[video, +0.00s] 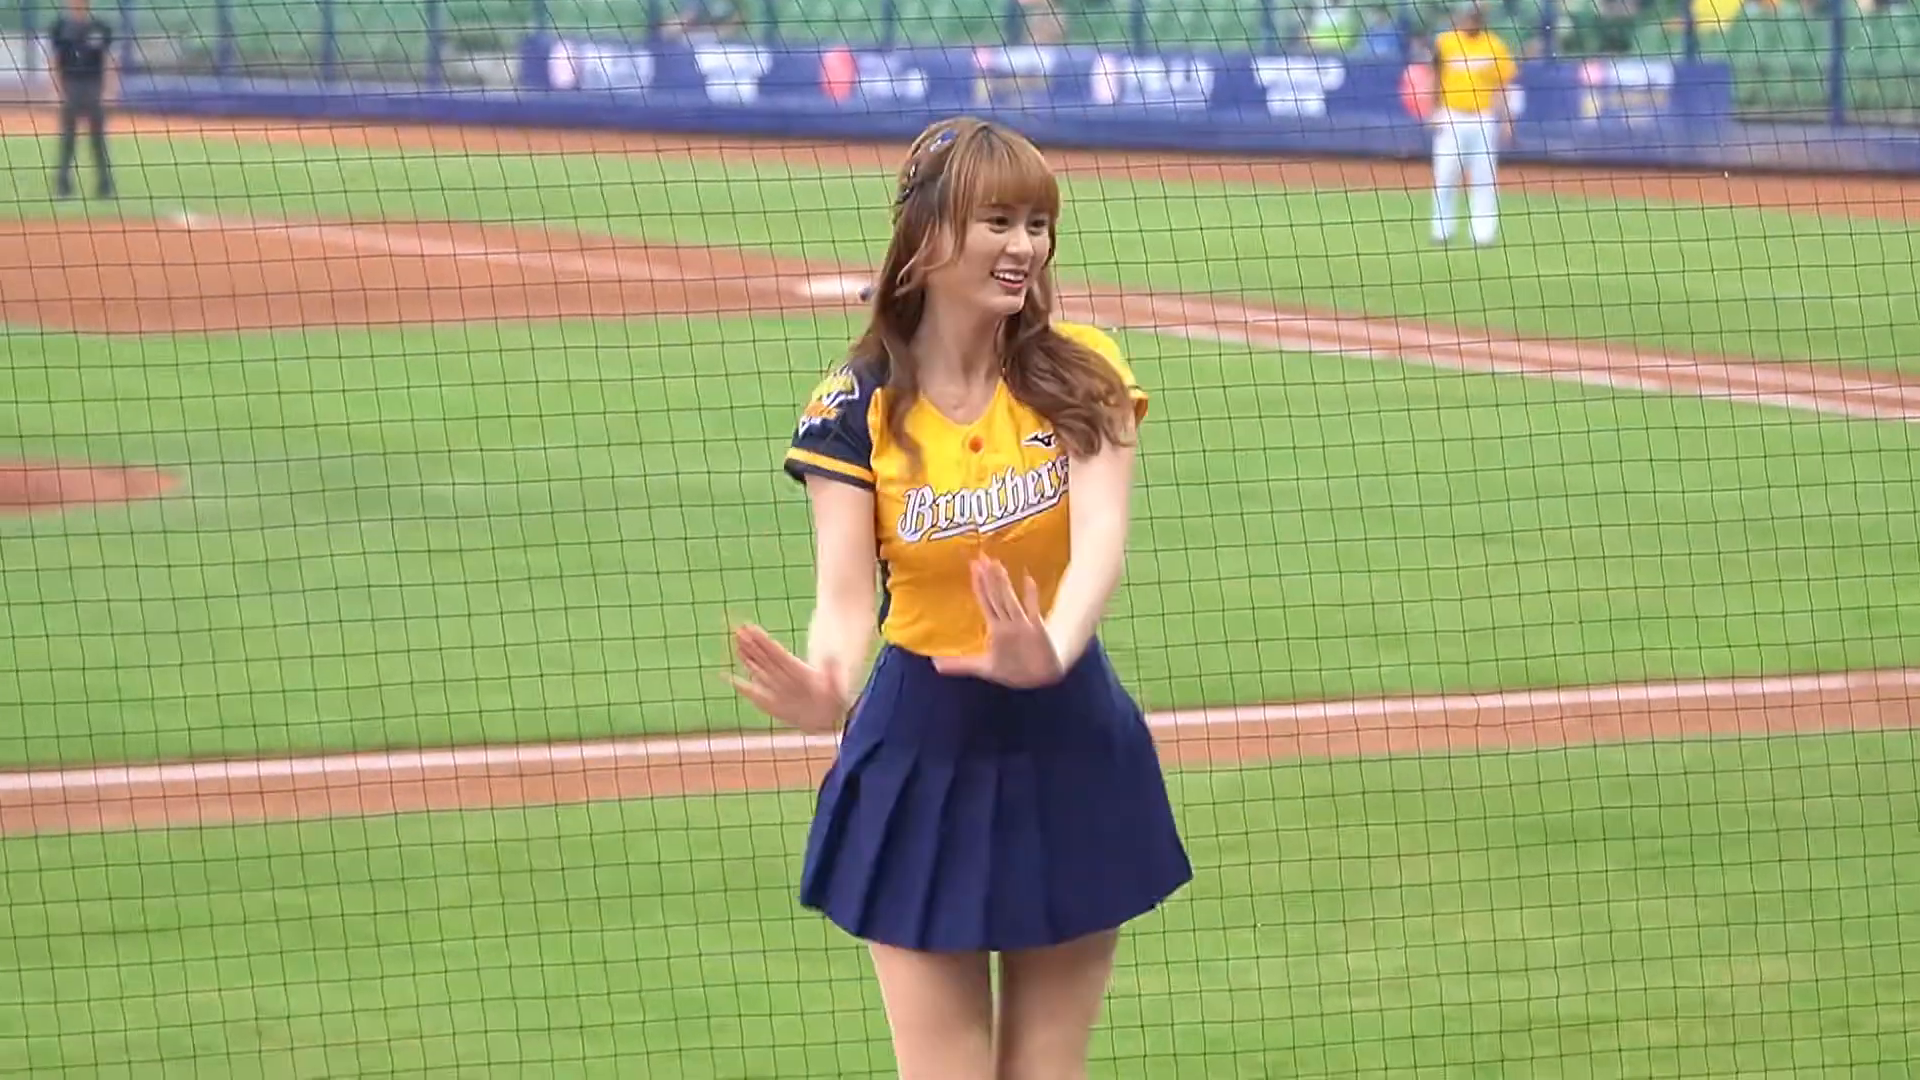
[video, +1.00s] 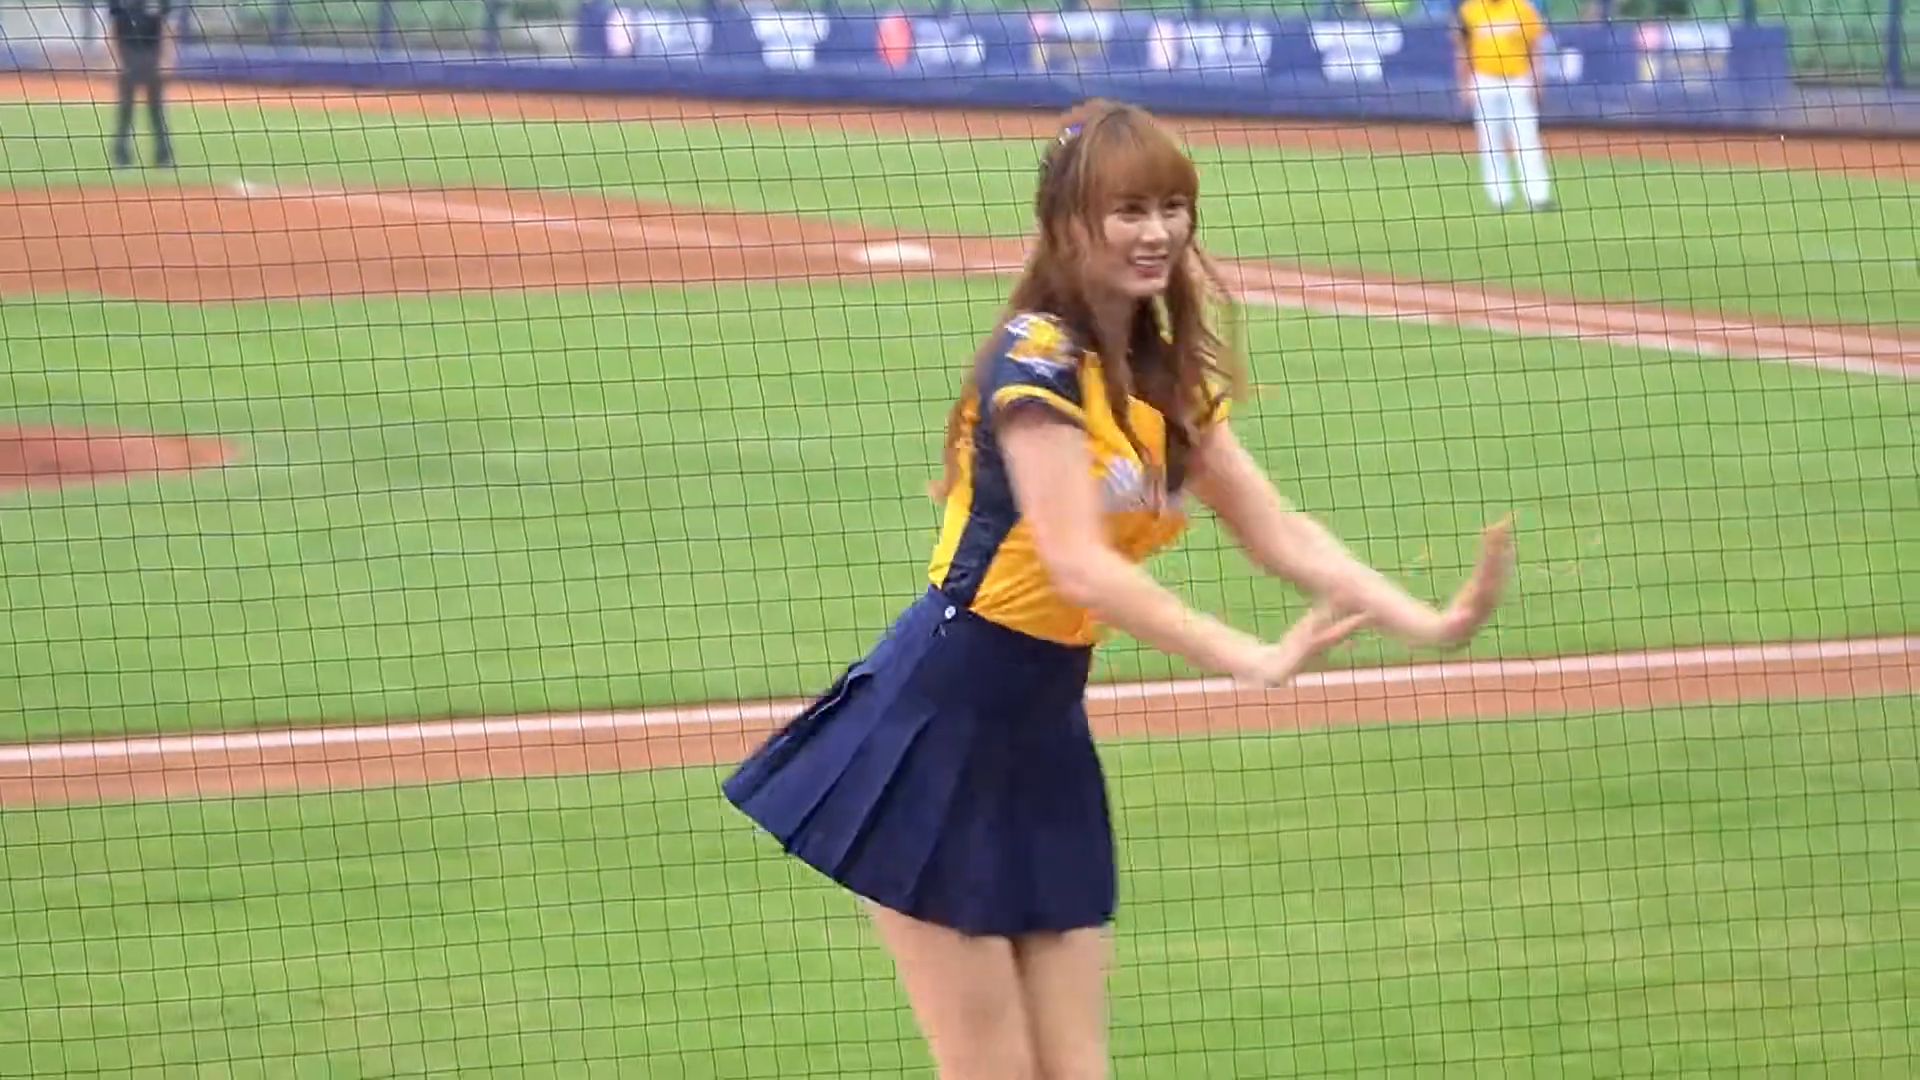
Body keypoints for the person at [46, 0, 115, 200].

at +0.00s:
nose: (79, 12)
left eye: (82, 7)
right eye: (75, 7)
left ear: (88, 7)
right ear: (69, 7)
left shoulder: (100, 29)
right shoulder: (61, 29)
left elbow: (109, 63)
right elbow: (55, 64)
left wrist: (108, 91)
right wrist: (61, 91)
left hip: (94, 91)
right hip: (71, 91)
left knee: (98, 139)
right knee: (68, 139)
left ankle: (104, 182)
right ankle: (63, 181)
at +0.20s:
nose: (120, 6)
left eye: (123, 3)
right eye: (116, 3)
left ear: (129, 3)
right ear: (110, 3)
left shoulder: (140, 21)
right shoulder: (102, 21)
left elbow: (150, 55)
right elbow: (97, 57)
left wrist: (149, 85)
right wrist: (102, 84)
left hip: (136, 85)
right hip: (112, 85)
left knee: (139, 131)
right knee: (109, 131)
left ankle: (146, 173)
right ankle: (104, 173)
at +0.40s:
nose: (144, 4)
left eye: (148, 1)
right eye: (141, 2)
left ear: (154, 2)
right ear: (134, 3)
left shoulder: (165, 16)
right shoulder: (126, 16)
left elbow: (173, 50)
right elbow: (121, 51)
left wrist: (172, 79)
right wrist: (126, 79)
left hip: (159, 78)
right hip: (135, 78)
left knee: (163, 125)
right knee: (133, 126)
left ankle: (170, 166)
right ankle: (129, 166)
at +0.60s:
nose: (147, 1)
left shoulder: (168, 11)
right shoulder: (128, 10)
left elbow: (175, 44)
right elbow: (122, 46)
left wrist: (175, 72)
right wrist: (127, 73)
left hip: (161, 72)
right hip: (137, 72)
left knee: (165, 121)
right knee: (134, 121)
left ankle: (172, 162)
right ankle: (130, 162)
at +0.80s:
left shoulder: (162, 7)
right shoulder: (122, 9)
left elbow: (171, 37)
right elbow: (116, 40)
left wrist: (170, 67)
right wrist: (121, 68)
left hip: (156, 68)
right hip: (131, 68)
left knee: (159, 115)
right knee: (129, 116)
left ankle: (166, 157)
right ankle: (124, 157)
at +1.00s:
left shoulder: (158, 9)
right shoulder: (119, 9)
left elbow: (168, 33)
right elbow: (112, 36)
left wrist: (167, 62)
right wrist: (118, 64)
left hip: (153, 63)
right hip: (128, 64)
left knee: (156, 110)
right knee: (125, 111)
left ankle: (163, 152)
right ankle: (121, 152)